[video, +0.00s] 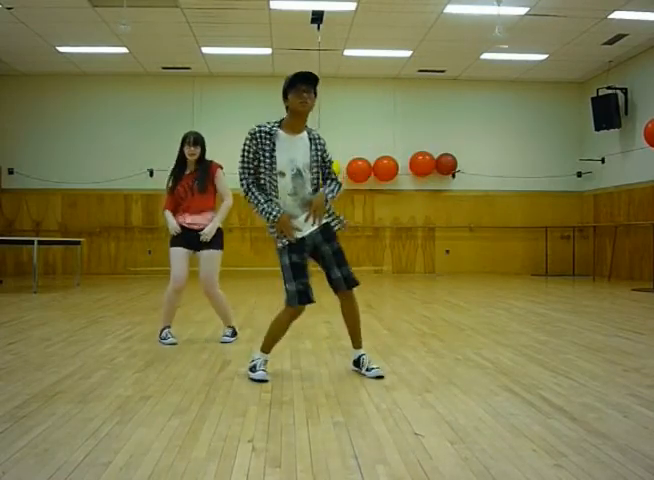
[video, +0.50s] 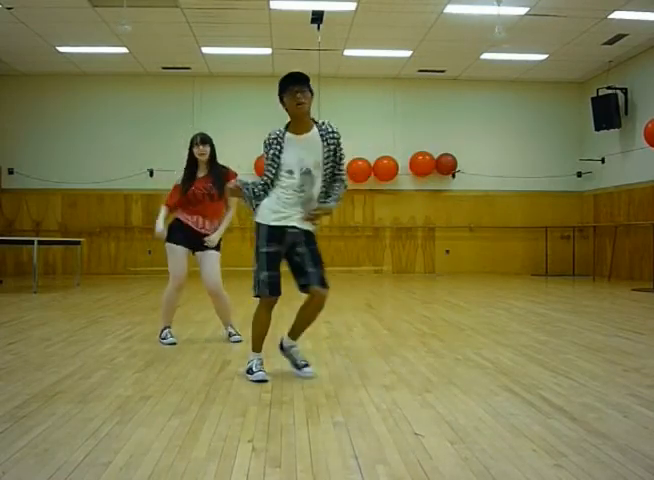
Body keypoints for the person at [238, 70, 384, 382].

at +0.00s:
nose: (307, 97)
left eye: (311, 93)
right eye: (301, 92)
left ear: (315, 100)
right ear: (286, 97)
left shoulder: (315, 141)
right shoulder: (260, 137)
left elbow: (332, 180)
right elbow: (248, 184)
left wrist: (323, 197)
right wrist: (276, 216)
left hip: (319, 226)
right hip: (287, 232)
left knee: (345, 288)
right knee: (297, 302)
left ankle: (359, 355)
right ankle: (260, 357)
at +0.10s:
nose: (307, 100)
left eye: (312, 96)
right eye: (300, 95)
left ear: (317, 103)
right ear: (287, 101)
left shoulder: (317, 145)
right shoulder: (264, 136)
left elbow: (325, 186)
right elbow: (243, 185)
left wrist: (313, 205)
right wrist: (263, 219)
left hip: (308, 231)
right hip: (274, 236)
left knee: (339, 292)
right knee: (289, 301)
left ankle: (358, 355)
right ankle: (258, 358)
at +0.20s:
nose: (309, 102)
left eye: (313, 98)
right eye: (301, 97)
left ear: (318, 105)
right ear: (289, 105)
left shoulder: (321, 147)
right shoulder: (268, 137)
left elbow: (323, 189)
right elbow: (237, 178)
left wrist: (307, 208)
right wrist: (253, 215)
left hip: (295, 234)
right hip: (262, 234)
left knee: (326, 296)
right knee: (273, 299)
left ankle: (355, 357)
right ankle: (256, 360)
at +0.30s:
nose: (305, 101)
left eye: (310, 96)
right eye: (298, 97)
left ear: (317, 104)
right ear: (288, 106)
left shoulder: (325, 146)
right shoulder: (270, 135)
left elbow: (324, 191)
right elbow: (240, 175)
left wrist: (305, 209)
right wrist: (246, 206)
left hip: (288, 230)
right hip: (256, 226)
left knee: (310, 297)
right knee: (265, 295)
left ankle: (344, 355)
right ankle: (255, 360)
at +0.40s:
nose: (302, 98)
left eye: (307, 93)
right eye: (296, 94)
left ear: (315, 98)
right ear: (285, 102)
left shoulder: (328, 140)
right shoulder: (272, 137)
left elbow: (330, 186)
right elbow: (256, 176)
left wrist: (311, 206)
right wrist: (247, 193)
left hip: (291, 229)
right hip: (259, 224)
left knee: (309, 296)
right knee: (263, 295)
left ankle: (313, 354)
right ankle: (255, 359)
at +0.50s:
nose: (301, 97)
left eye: (304, 92)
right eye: (294, 94)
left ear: (312, 97)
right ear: (283, 101)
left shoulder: (328, 134)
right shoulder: (275, 139)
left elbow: (337, 178)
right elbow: (267, 184)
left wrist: (327, 205)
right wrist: (243, 188)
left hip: (302, 225)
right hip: (269, 223)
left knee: (318, 293)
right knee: (268, 296)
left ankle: (289, 343)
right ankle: (255, 358)